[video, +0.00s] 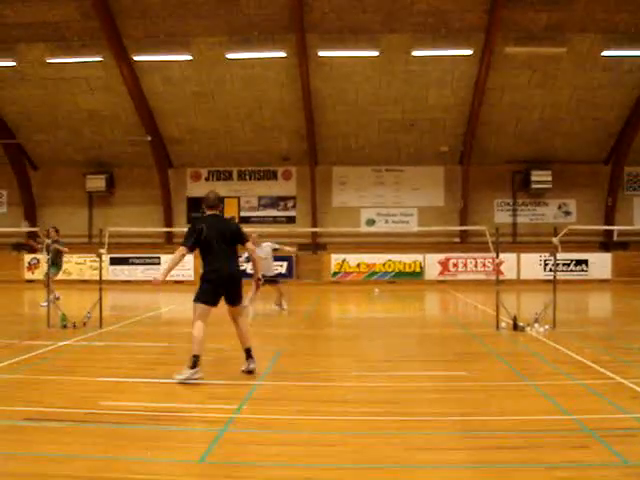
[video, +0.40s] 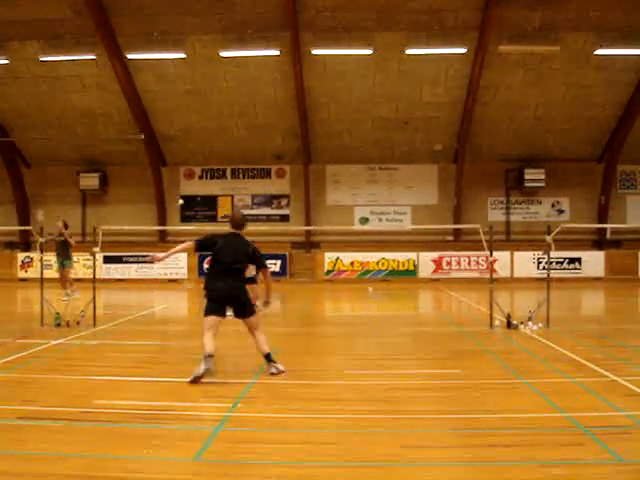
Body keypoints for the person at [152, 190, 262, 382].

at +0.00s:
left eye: (206, 208)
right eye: (218, 206)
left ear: (204, 207)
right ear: (220, 207)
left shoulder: (198, 226)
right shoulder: (231, 225)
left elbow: (182, 252)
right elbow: (252, 250)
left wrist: (164, 275)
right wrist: (258, 275)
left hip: (211, 277)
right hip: (233, 277)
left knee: (199, 320)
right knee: (238, 316)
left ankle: (194, 366)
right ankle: (250, 358)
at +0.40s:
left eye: (232, 222)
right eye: (242, 223)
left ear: (229, 224)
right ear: (244, 226)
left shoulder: (217, 240)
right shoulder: (249, 247)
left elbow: (190, 245)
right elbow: (265, 272)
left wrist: (164, 256)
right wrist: (267, 297)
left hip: (215, 290)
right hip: (238, 290)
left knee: (209, 330)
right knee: (255, 329)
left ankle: (208, 362)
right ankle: (271, 362)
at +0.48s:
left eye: (238, 224)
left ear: (237, 227)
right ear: (251, 229)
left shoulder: (226, 241)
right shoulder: (254, 249)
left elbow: (205, 244)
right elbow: (260, 275)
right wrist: (264, 293)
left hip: (224, 290)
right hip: (246, 291)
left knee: (212, 325)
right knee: (262, 327)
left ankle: (216, 341)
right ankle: (278, 360)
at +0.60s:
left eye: (228, 217)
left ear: (228, 220)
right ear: (242, 220)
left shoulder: (225, 236)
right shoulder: (247, 237)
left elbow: (212, 256)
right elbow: (251, 261)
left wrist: (213, 268)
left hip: (233, 281)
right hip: (251, 281)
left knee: (222, 316)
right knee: (253, 322)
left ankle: (246, 347)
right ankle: (276, 336)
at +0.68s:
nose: (225, 221)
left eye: (226, 218)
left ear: (227, 220)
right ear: (240, 220)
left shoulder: (227, 235)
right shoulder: (247, 236)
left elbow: (225, 251)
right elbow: (253, 258)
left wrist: (220, 269)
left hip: (239, 279)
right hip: (256, 277)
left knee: (236, 318)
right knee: (251, 317)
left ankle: (256, 348)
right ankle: (269, 329)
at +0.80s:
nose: (212, 230)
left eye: (212, 227)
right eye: (213, 227)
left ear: (215, 227)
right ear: (226, 227)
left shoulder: (219, 239)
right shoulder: (232, 238)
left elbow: (224, 256)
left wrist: (222, 281)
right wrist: (219, 268)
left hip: (239, 276)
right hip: (251, 274)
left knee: (236, 316)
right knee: (234, 306)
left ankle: (258, 344)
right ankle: (237, 336)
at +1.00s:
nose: (197, 245)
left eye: (197, 243)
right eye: (197, 242)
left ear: (200, 243)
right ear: (208, 241)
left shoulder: (207, 254)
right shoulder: (216, 252)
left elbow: (221, 263)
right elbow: (213, 278)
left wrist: (226, 284)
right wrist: (202, 291)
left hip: (228, 289)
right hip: (238, 285)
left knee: (233, 324)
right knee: (217, 301)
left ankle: (257, 340)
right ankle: (214, 333)